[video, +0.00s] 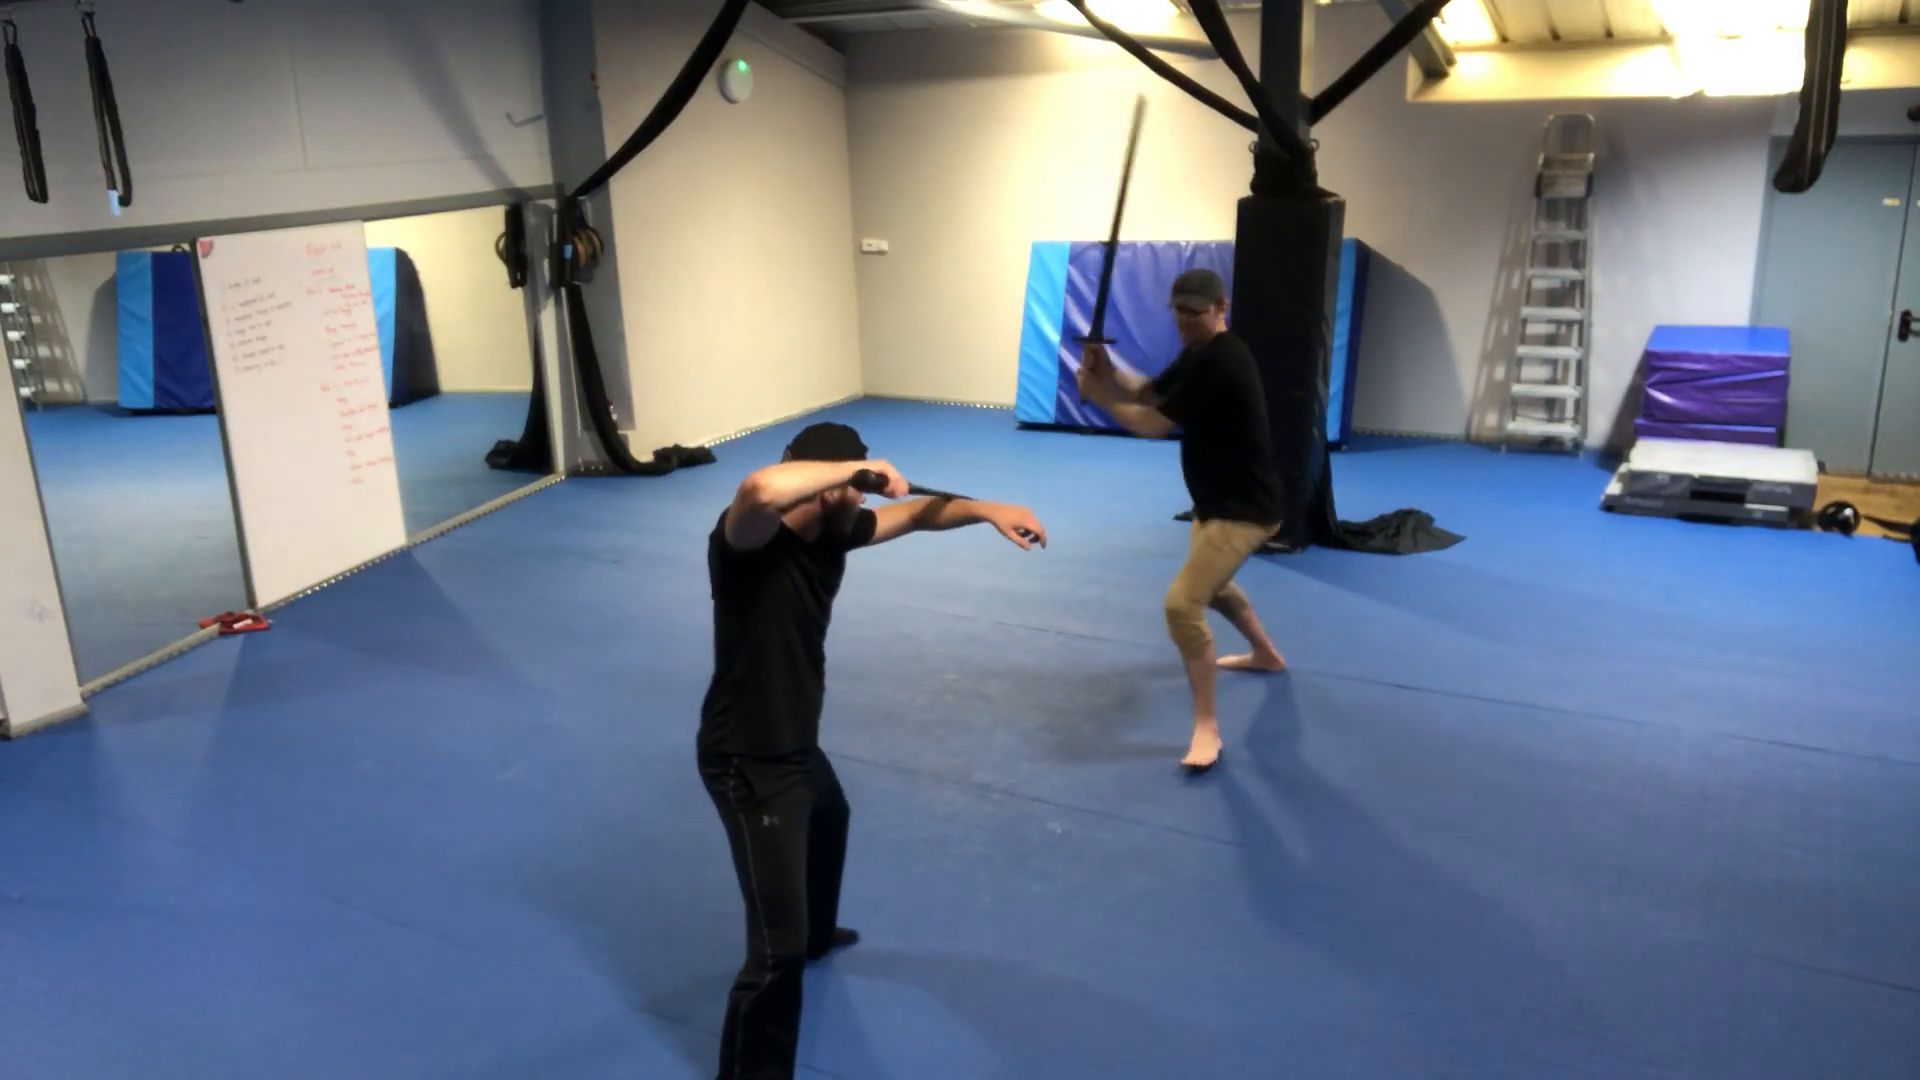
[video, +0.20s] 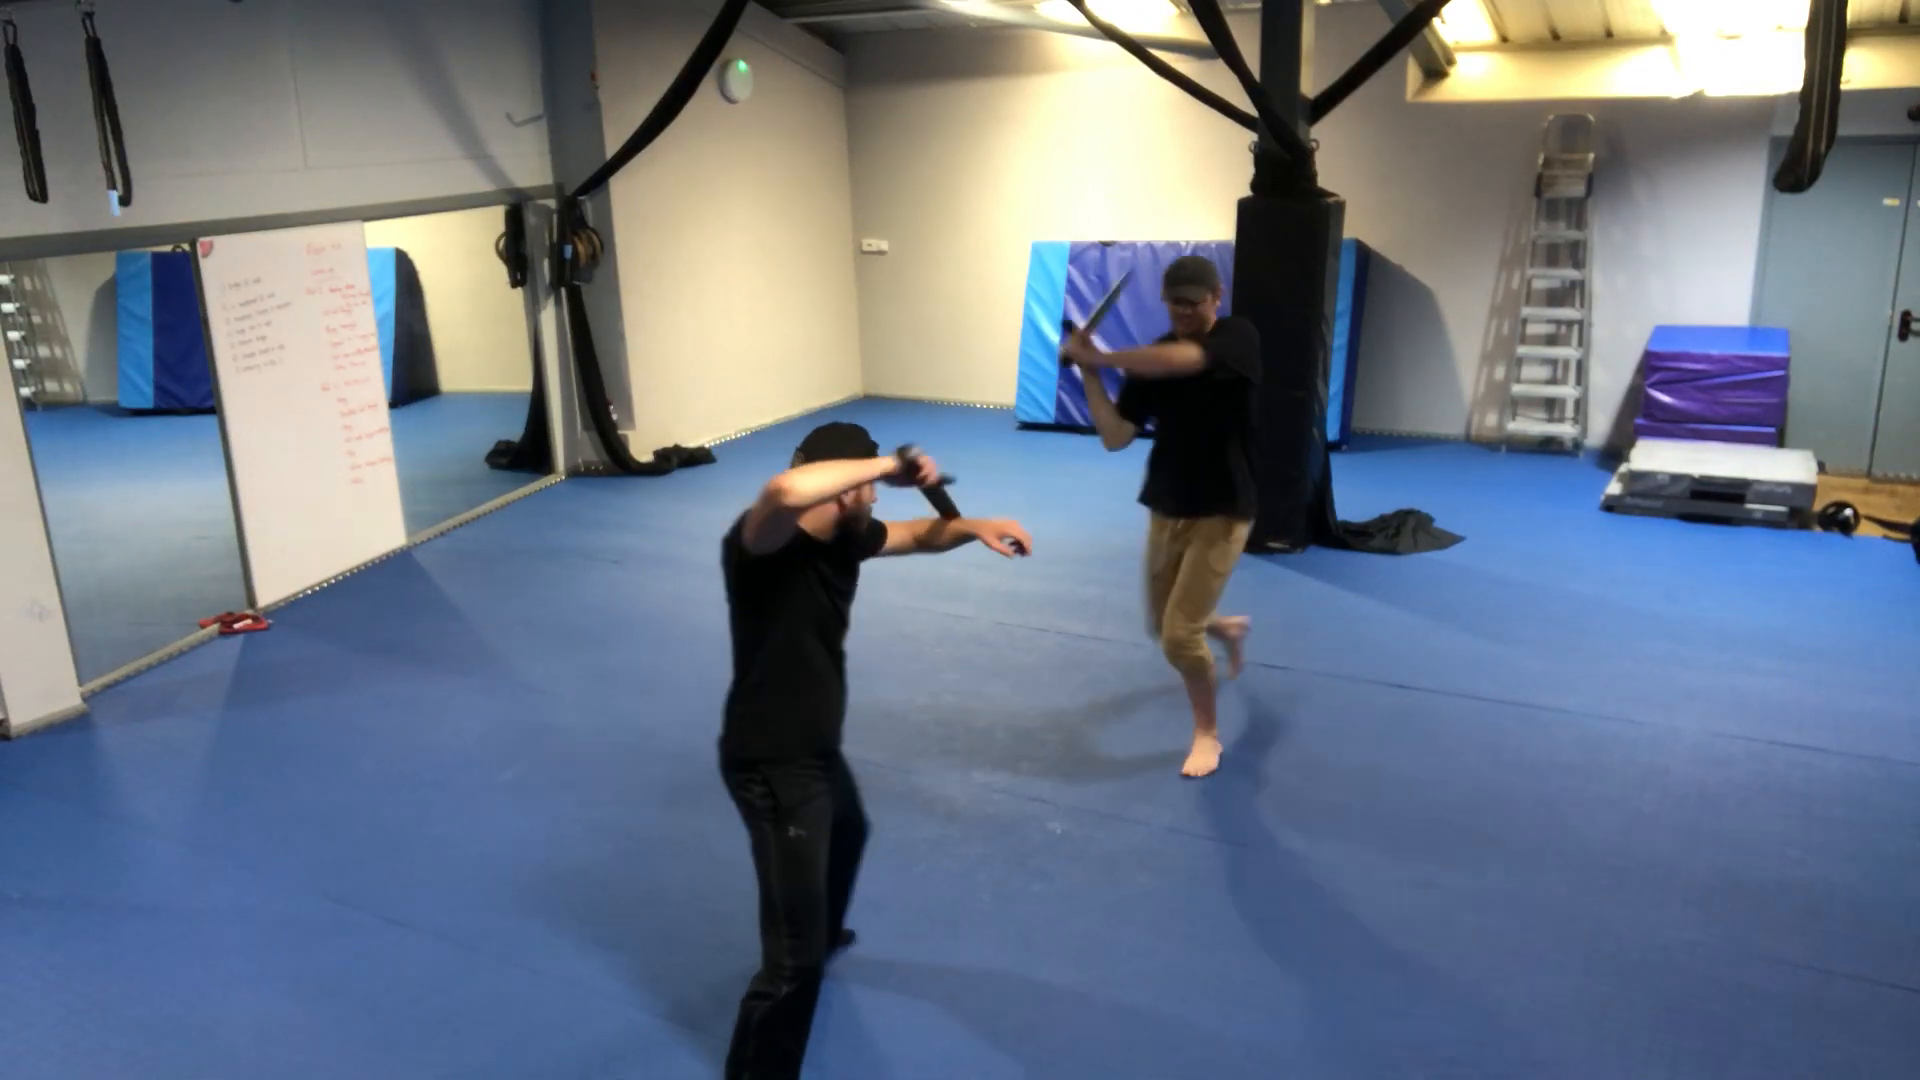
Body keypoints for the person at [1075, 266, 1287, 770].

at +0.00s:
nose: (1181, 323)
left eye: (1191, 314)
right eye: (1178, 314)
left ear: (1219, 312)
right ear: (1177, 312)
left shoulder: (1222, 361)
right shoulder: (1198, 353)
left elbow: (1157, 424)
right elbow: (1146, 393)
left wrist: (1103, 398)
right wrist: (1107, 367)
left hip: (1247, 510)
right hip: (1215, 503)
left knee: (1182, 607)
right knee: (1210, 584)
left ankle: (1205, 726)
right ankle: (1264, 652)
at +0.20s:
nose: (1181, 312)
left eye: (1192, 303)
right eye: (1174, 302)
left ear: (1215, 301)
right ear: (1164, 302)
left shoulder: (1238, 338)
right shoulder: (1158, 356)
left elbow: (1179, 359)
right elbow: (1115, 436)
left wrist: (1097, 358)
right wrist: (1087, 372)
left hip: (1223, 510)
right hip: (1168, 507)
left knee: (1181, 635)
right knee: (1163, 625)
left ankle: (1206, 734)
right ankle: (1229, 630)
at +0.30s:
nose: (1169, 309)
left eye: (1178, 298)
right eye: (1159, 299)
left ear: (1199, 293)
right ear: (1146, 297)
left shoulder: (1225, 329)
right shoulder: (1133, 357)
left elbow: (1193, 344)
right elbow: (1114, 433)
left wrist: (1097, 345)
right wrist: (1084, 367)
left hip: (1213, 508)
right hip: (1149, 507)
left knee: (1190, 646)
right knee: (1122, 637)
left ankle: (1208, 732)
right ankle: (1173, 675)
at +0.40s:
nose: (1147, 306)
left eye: (1156, 295)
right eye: (1137, 296)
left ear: (1176, 290)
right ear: (1124, 295)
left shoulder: (1201, 325)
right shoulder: (1110, 352)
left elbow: (1196, 349)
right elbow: (1111, 442)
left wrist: (1105, 364)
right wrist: (1082, 381)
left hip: (1194, 518)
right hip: (1126, 518)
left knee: (1194, 653)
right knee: (1091, 645)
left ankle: (1205, 735)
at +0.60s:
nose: (1096, 332)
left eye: (1107, 322)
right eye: (1087, 322)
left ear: (1128, 317)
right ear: (1074, 320)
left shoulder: (1154, 361)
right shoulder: (1058, 384)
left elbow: (1168, 402)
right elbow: (1069, 475)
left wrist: (1120, 425)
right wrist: (1074, 447)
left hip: (1151, 557)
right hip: (1083, 561)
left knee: (1180, 682)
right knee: (1067, 696)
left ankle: (1155, 735)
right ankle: (1022, 797)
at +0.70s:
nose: (1081, 343)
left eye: (1092, 332)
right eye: (1072, 332)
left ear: (1112, 320)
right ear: (1058, 322)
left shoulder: (1139, 360)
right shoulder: (1040, 385)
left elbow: (1151, 410)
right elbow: (1054, 480)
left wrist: (1106, 441)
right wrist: (1061, 460)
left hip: (1140, 558)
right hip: (1073, 567)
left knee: (1180, 676)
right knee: (1062, 702)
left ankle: (1138, 740)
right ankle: (1026, 821)